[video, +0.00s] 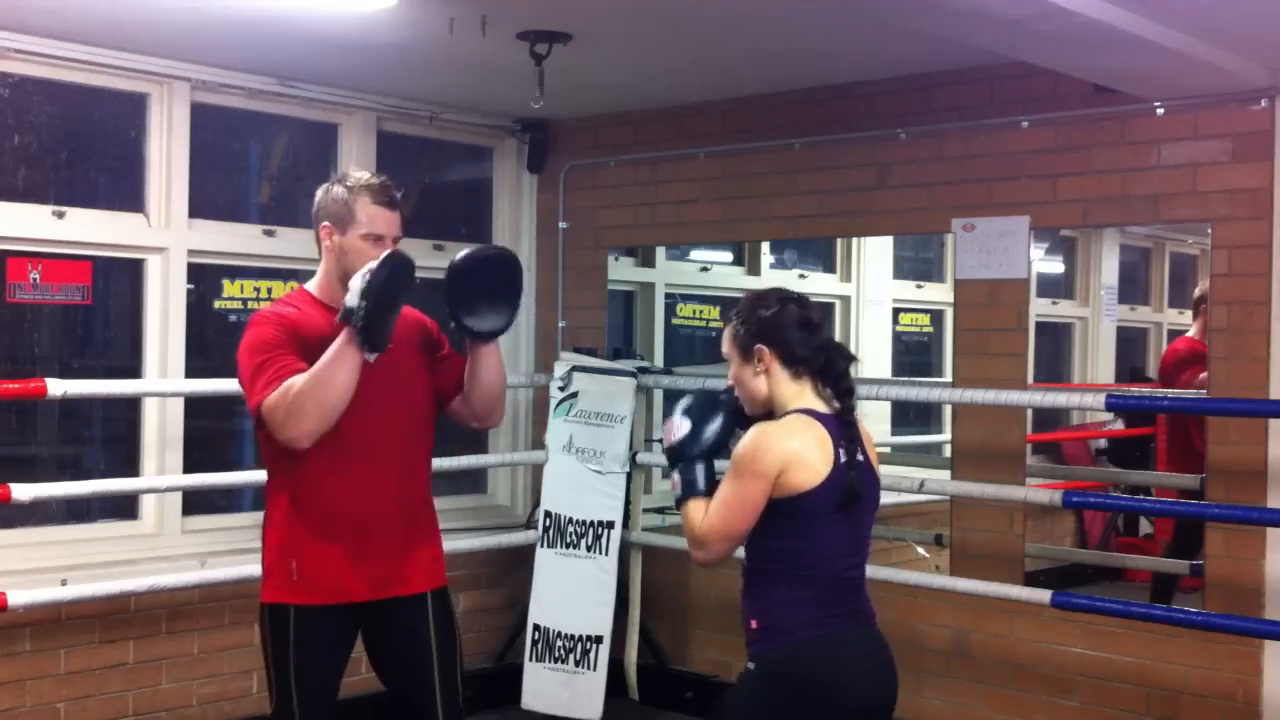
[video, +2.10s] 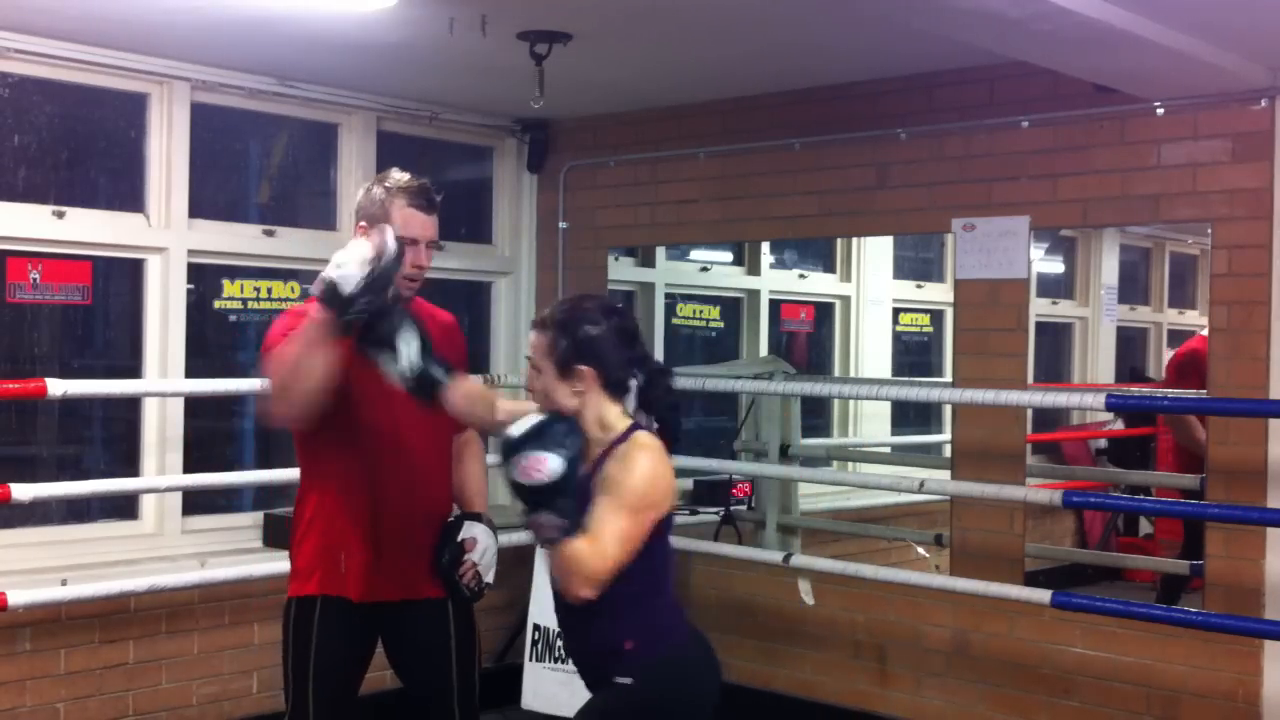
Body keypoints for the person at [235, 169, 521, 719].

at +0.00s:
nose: (388, 255)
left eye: (396, 242)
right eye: (374, 239)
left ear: (404, 244)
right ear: (328, 237)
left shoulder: (415, 328)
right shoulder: (275, 326)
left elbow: (484, 413)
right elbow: (295, 425)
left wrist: (483, 330)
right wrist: (360, 326)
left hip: (409, 573)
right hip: (309, 579)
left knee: (440, 708)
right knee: (302, 712)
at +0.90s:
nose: (355, 262)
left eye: (363, 247)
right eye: (340, 246)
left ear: (371, 245)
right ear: (297, 243)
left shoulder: (384, 328)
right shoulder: (250, 332)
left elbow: (458, 416)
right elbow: (246, 433)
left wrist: (453, 335)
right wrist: (339, 353)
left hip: (399, 578)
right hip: (299, 587)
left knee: (428, 708)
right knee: (297, 711)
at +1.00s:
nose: (365, 248)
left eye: (370, 234)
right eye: (349, 232)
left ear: (374, 240)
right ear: (304, 237)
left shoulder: (396, 331)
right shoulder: (248, 338)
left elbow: (430, 427)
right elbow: (207, 459)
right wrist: (292, 397)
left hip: (398, 580)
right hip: (296, 589)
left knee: (429, 708)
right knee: (294, 711)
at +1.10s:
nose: (368, 247)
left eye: (374, 233)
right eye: (351, 231)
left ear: (380, 239)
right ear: (307, 236)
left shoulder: (399, 329)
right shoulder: (246, 343)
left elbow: (430, 422)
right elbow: (190, 451)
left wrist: (465, 446)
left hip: (396, 580)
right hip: (295, 590)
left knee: (428, 708)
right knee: (292, 712)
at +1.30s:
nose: (386, 260)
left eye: (392, 245)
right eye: (371, 243)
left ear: (398, 249)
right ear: (325, 242)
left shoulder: (413, 335)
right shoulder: (261, 350)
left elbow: (438, 437)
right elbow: (219, 462)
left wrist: (453, 520)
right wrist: (311, 477)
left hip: (400, 582)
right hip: (299, 588)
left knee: (430, 708)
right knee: (292, 712)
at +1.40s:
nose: (388, 265)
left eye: (394, 249)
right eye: (373, 246)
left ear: (399, 250)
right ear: (328, 243)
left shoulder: (416, 332)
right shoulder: (272, 345)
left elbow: (450, 439)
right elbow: (282, 468)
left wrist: (466, 531)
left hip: (402, 583)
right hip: (304, 587)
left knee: (434, 708)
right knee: (295, 710)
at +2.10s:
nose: (419, 262)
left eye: (429, 246)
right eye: (405, 244)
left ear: (437, 247)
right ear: (362, 238)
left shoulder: (440, 327)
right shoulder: (305, 323)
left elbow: (466, 431)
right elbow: (287, 408)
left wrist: (476, 516)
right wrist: (333, 306)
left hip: (428, 577)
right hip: (333, 578)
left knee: (454, 708)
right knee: (316, 711)